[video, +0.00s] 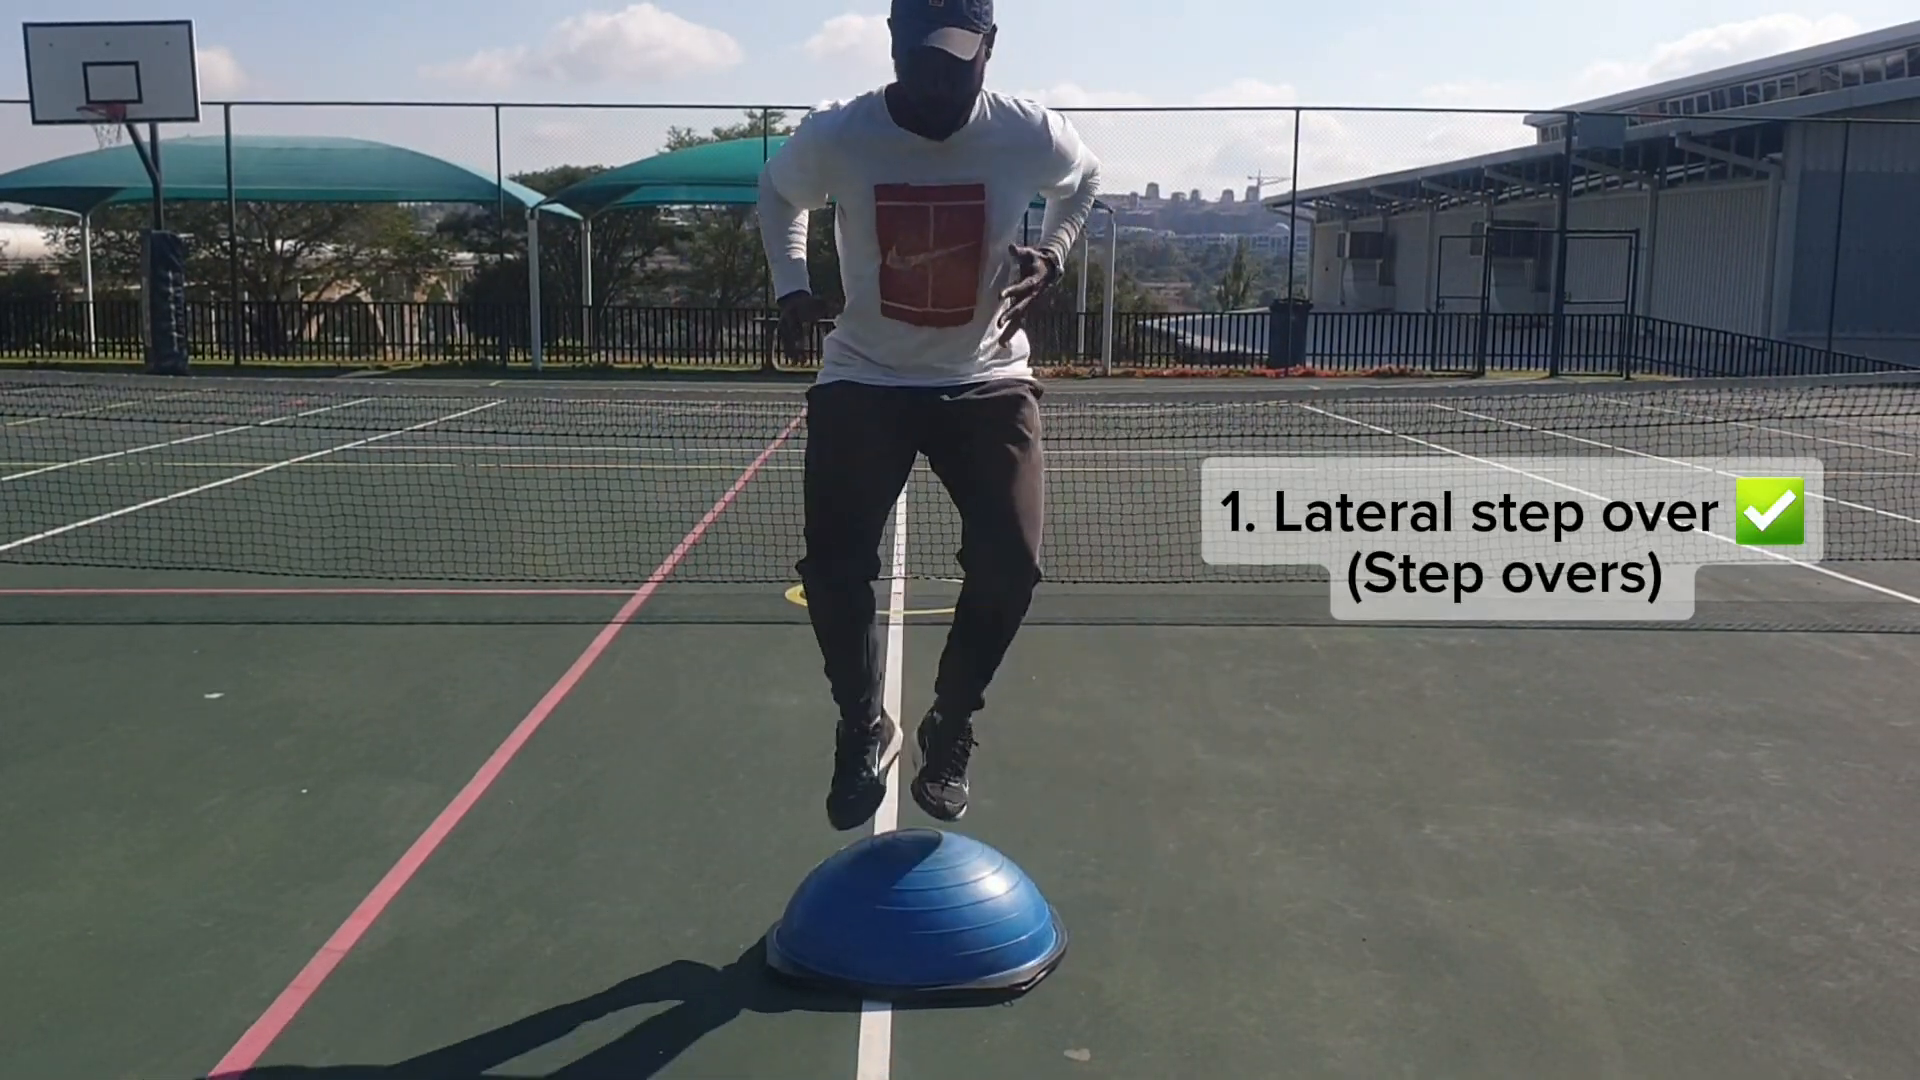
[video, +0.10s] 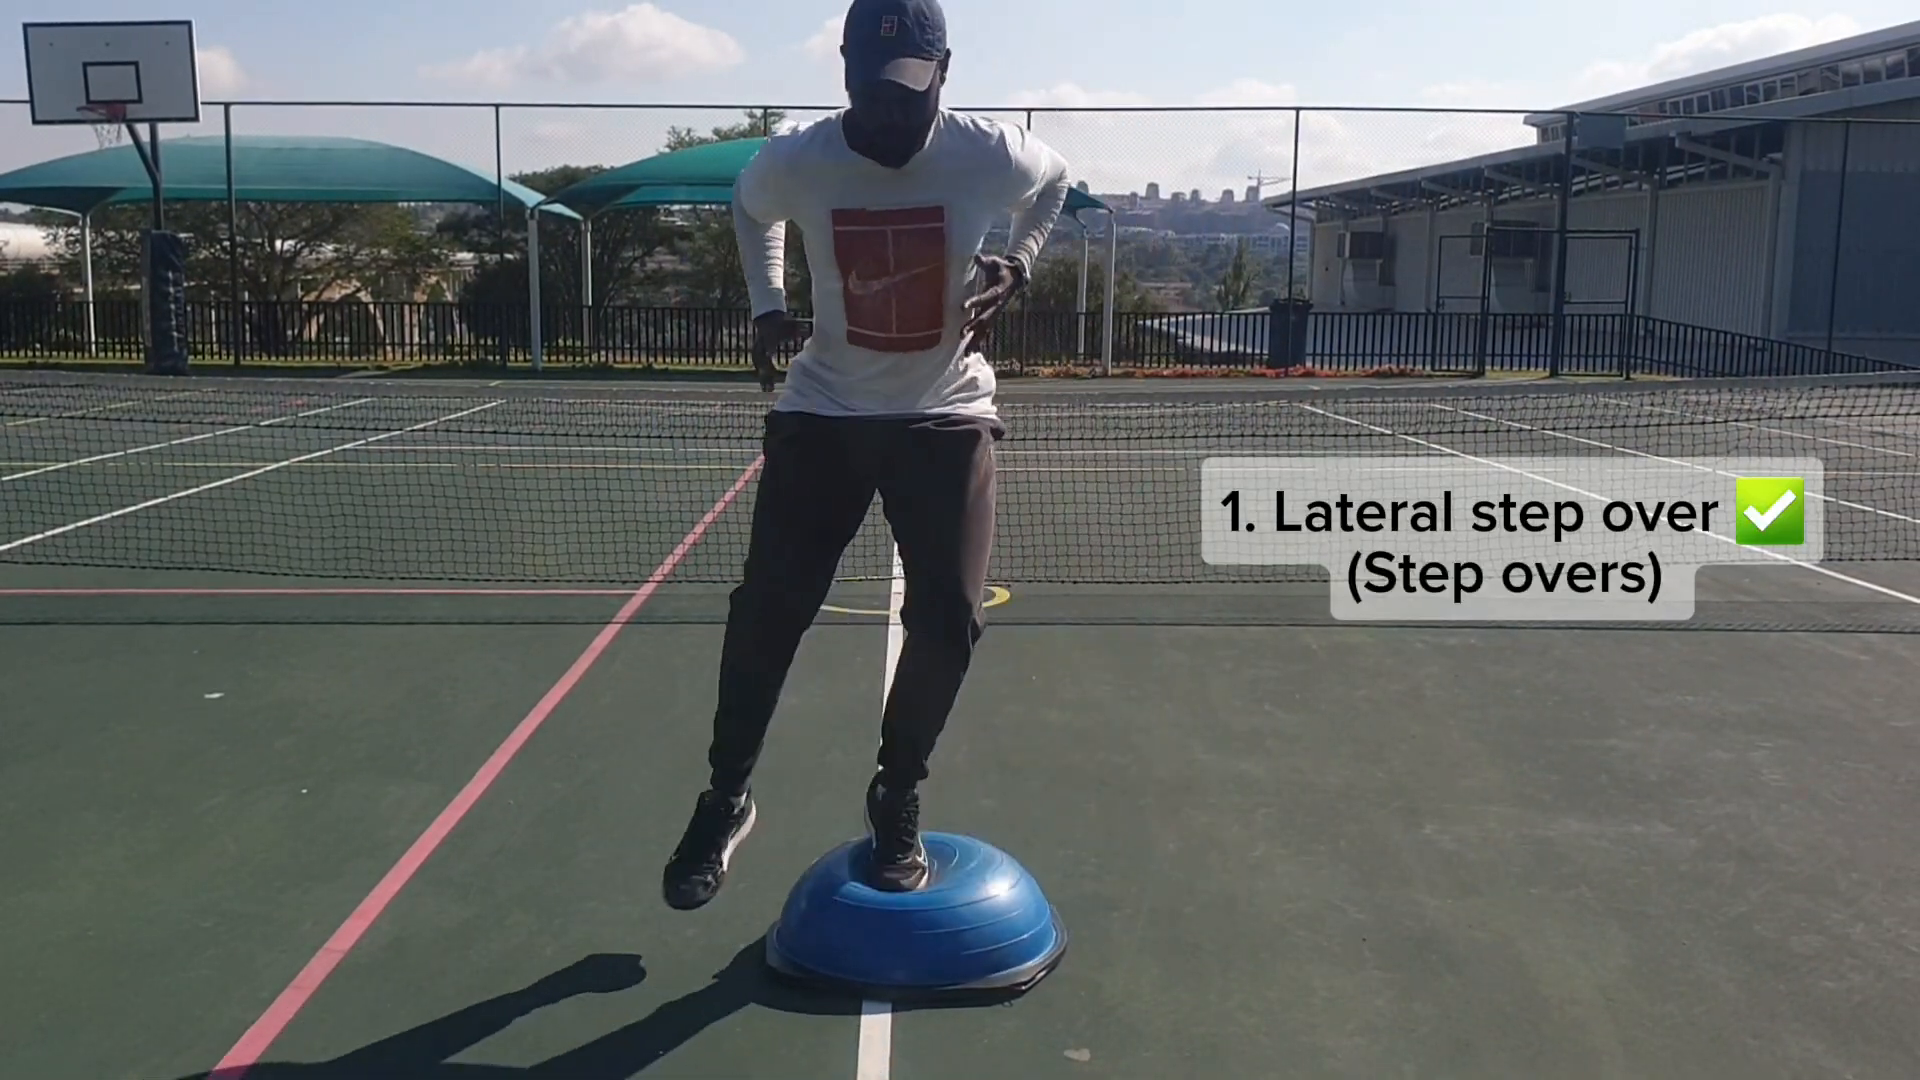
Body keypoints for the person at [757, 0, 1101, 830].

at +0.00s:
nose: (936, 86)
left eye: (954, 68)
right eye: (922, 66)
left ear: (986, 56)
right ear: (895, 50)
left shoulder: (1035, 140)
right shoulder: (833, 139)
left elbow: (1079, 190)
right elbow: (778, 195)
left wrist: (1052, 254)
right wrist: (792, 285)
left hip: (988, 382)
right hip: (864, 379)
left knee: (1012, 561)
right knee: (833, 566)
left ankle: (950, 727)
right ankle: (861, 724)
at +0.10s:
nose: (885, 115)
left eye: (906, 96)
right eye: (870, 93)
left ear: (941, 77)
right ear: (844, 71)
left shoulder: (999, 158)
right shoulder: (793, 164)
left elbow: (1053, 184)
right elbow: (753, 209)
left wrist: (1018, 261)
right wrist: (769, 300)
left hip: (948, 416)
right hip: (823, 413)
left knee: (953, 616)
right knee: (766, 615)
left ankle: (897, 800)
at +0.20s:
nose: (857, 182)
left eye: (874, 162)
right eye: (838, 162)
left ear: (898, 145)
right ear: (803, 148)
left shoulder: (947, 224)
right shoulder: (754, 232)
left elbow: (1024, 263)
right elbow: (753, 304)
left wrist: (980, 335)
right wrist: (759, 377)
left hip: (905, 489)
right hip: (780, 493)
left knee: (939, 665)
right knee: (715, 694)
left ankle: (896, 816)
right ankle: (637, 889)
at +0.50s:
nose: (891, 119)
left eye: (904, 98)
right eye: (869, 100)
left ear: (927, 86)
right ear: (832, 94)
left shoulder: (975, 165)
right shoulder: (787, 186)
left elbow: (1065, 190)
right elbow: (735, 261)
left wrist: (1034, 238)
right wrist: (743, 320)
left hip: (936, 447)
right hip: (813, 448)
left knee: (916, 654)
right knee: (763, 640)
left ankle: (888, 827)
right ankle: (723, 815)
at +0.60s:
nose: (903, 88)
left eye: (919, 70)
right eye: (886, 69)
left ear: (948, 51)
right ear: (856, 53)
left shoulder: (1005, 129)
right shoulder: (814, 143)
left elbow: (1085, 172)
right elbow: (743, 210)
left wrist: (1059, 231)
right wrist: (740, 286)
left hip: (979, 393)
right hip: (856, 389)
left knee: (986, 593)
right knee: (818, 590)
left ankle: (939, 756)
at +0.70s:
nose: (928, 93)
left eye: (945, 75)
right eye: (911, 74)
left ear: (975, 59)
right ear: (884, 59)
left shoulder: (1027, 141)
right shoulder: (835, 148)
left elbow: (1113, 195)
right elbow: (766, 193)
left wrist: (1085, 260)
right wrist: (754, 289)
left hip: (1013, 391)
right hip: (889, 399)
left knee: (1054, 584)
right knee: (884, 606)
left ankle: (1041, 731)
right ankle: (924, 767)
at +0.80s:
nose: (969, 137)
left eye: (982, 116)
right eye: (949, 117)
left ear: (1002, 106)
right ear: (907, 108)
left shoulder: (1053, 195)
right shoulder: (854, 193)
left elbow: (1133, 252)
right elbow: (808, 232)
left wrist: (1106, 327)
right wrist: (820, 327)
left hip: (1048, 451)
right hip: (925, 456)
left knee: (1101, 650)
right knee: (913, 652)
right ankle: (936, 803)